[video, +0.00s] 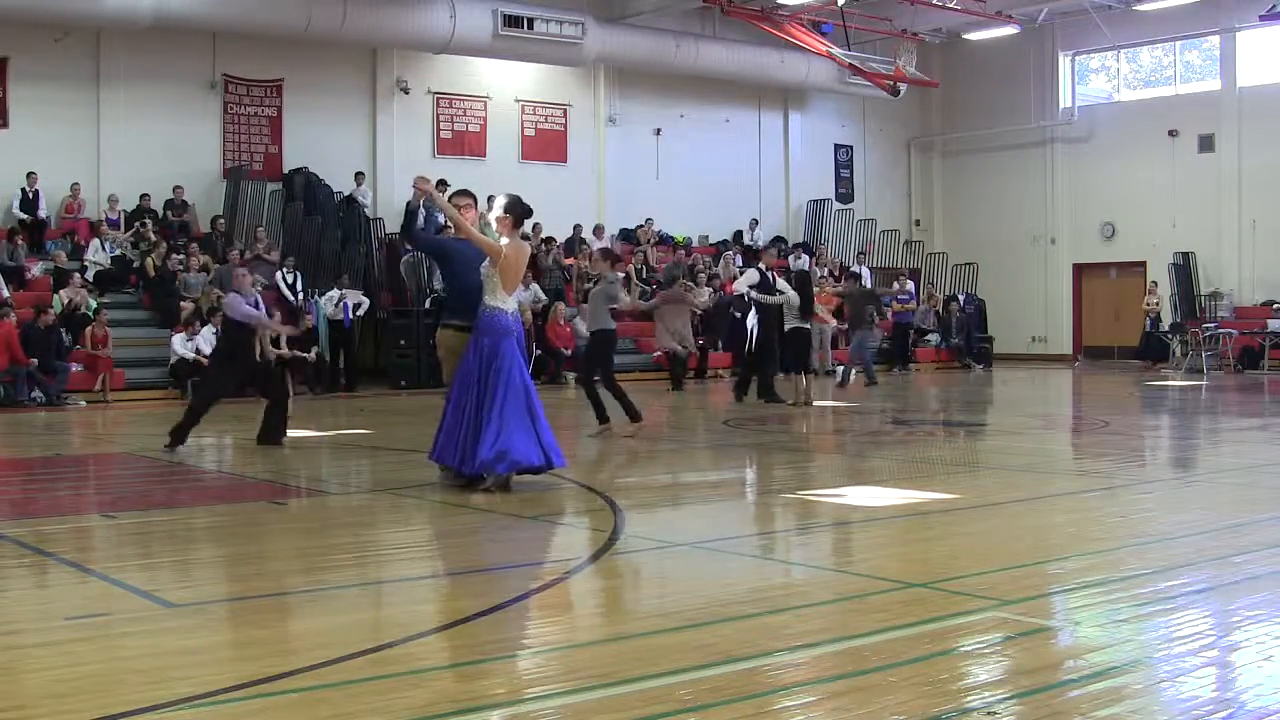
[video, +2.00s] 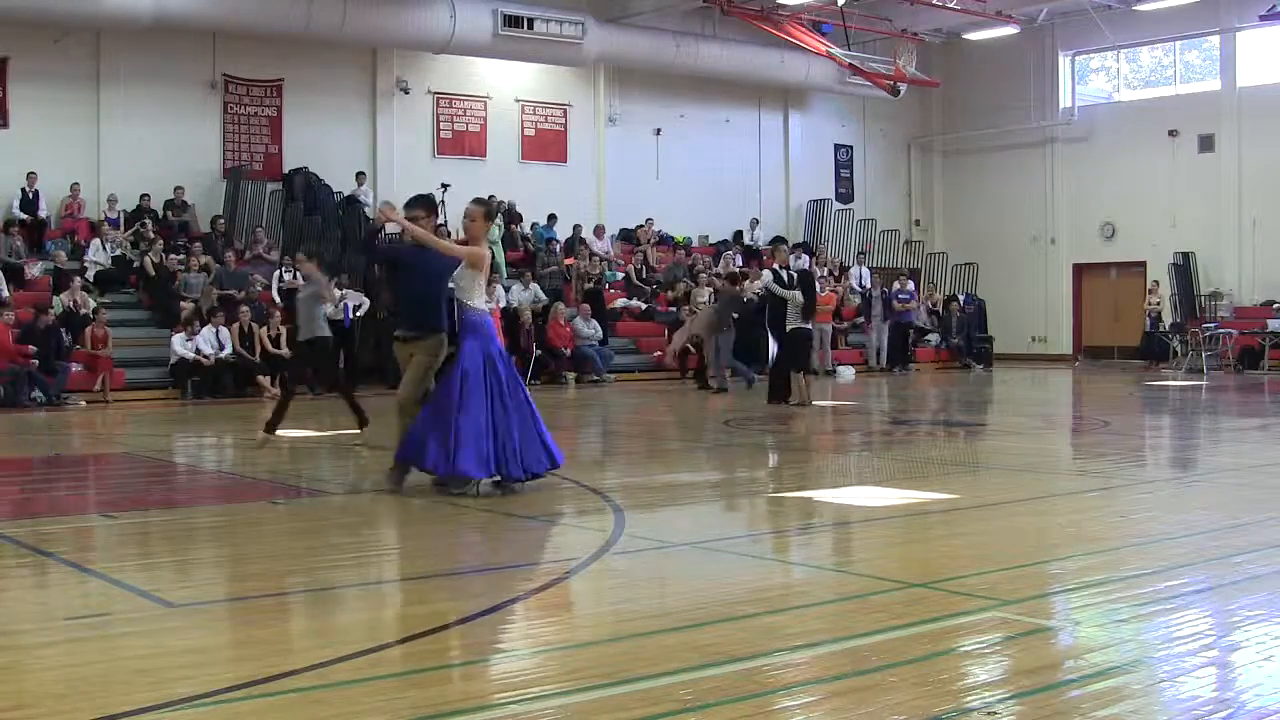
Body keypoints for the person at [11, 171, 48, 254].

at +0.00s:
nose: (35, 180)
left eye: (36, 179)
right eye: (32, 178)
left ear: (37, 180)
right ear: (27, 179)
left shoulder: (39, 193)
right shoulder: (20, 192)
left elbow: (42, 209)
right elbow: (14, 210)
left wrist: (42, 216)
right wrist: (25, 217)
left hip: (36, 217)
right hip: (25, 218)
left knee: (43, 224)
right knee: (33, 225)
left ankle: (40, 248)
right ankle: (32, 248)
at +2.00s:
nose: (33, 181)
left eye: (35, 179)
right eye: (31, 178)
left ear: (36, 180)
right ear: (27, 180)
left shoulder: (39, 193)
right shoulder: (20, 192)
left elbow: (43, 208)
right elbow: (14, 210)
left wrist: (41, 216)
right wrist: (25, 217)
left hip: (36, 218)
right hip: (25, 218)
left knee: (43, 223)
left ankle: (40, 248)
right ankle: (30, 249)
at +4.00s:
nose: (31, 181)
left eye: (33, 179)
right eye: (29, 179)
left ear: (36, 180)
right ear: (26, 180)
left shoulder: (39, 193)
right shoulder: (20, 192)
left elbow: (42, 209)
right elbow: (15, 210)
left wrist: (41, 216)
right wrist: (25, 217)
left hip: (36, 217)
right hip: (24, 217)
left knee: (42, 223)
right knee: (34, 225)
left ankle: (40, 248)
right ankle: (33, 248)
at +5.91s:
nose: (33, 182)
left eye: (35, 180)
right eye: (32, 180)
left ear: (36, 181)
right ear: (27, 180)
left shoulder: (38, 193)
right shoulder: (19, 192)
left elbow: (42, 209)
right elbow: (15, 209)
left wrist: (40, 216)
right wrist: (25, 217)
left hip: (36, 217)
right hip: (24, 218)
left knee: (42, 223)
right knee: (33, 225)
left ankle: (40, 249)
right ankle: (32, 249)